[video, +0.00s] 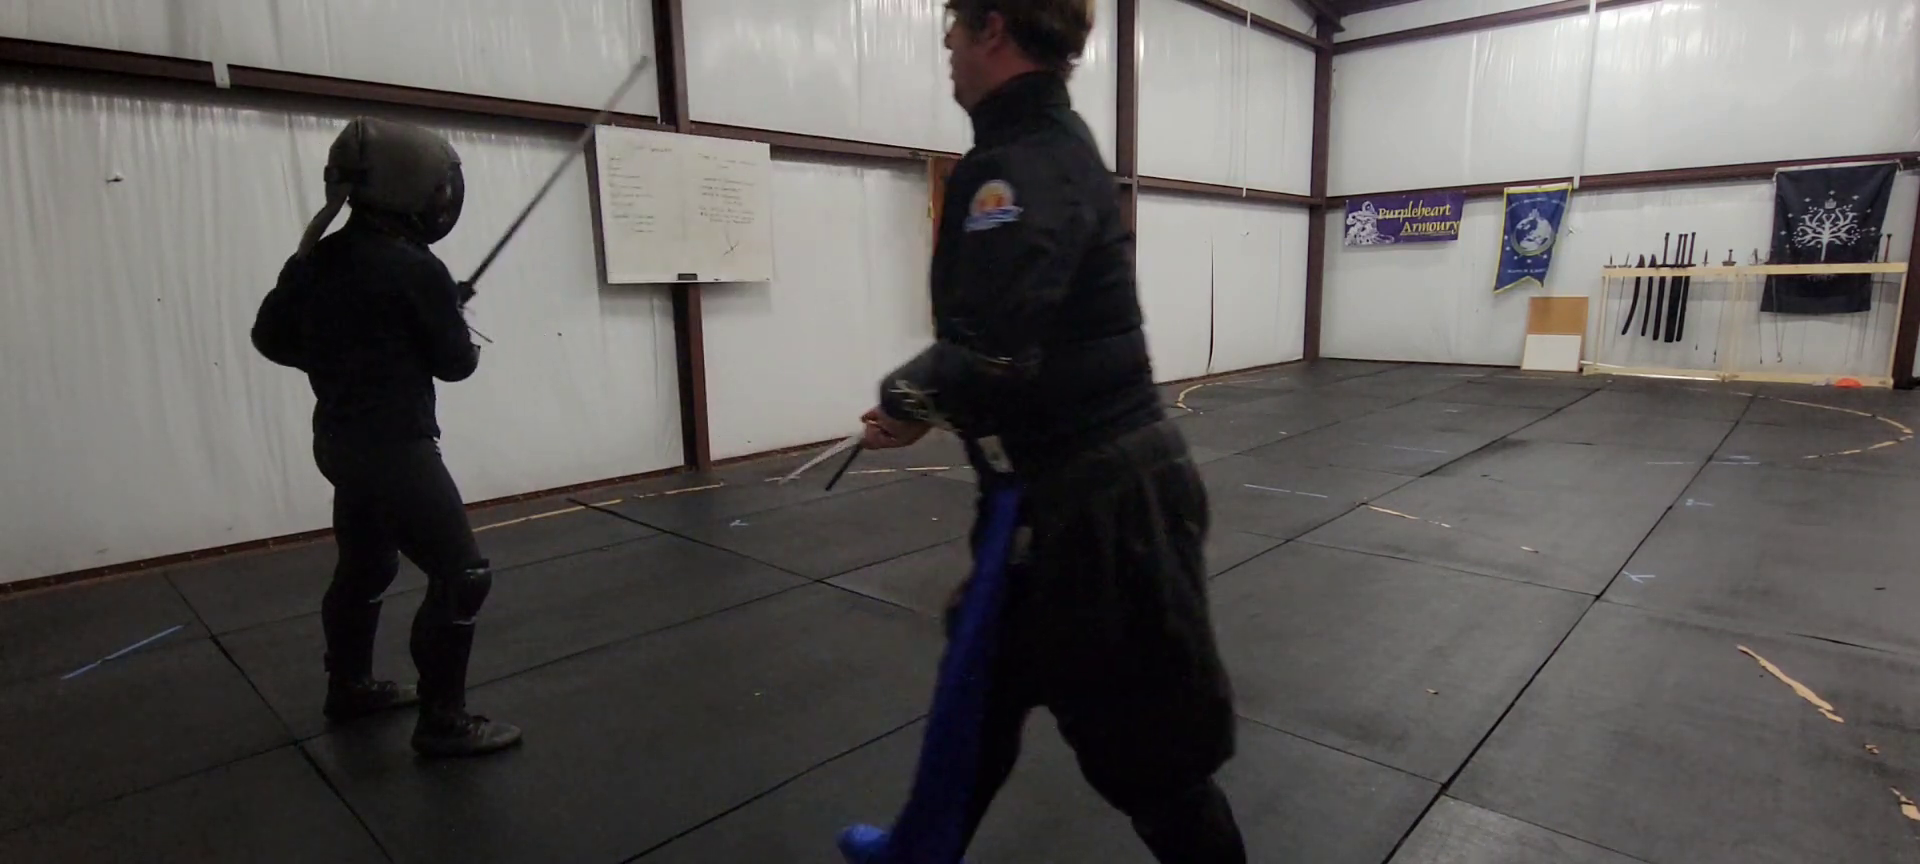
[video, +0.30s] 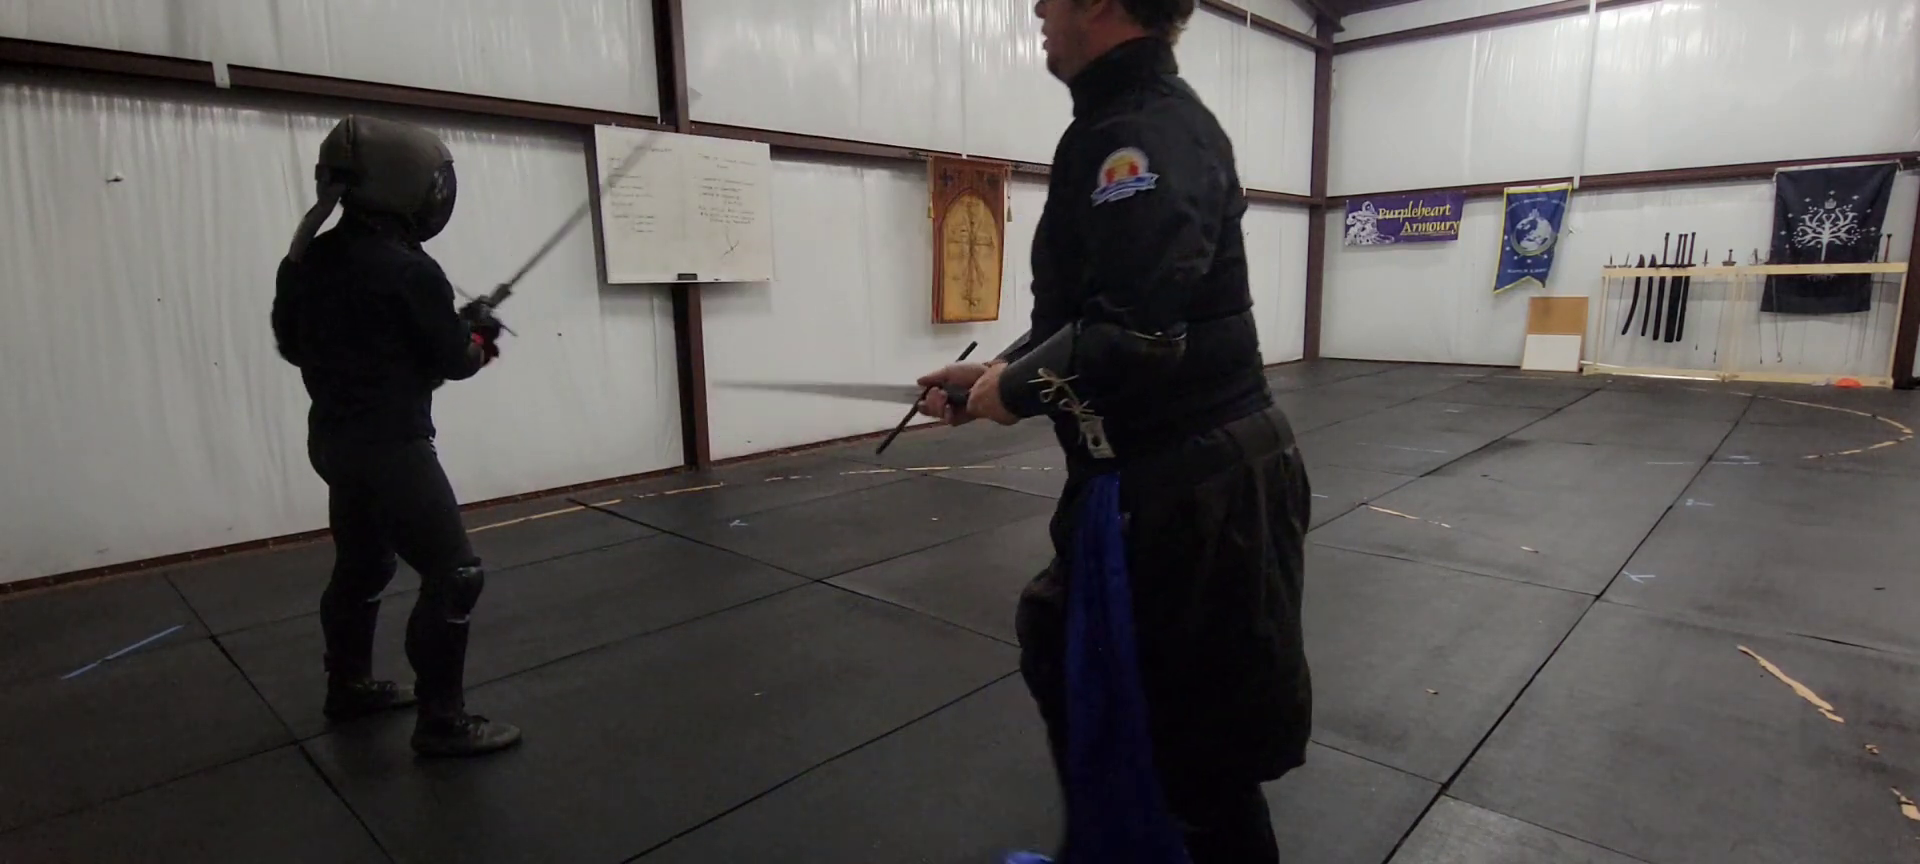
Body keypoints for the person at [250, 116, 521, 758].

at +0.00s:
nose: (449, 201)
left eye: (449, 188)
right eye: (444, 189)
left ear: (361, 189)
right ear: (424, 196)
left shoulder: (317, 261)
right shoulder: (416, 268)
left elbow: (269, 335)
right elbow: (455, 361)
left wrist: (339, 353)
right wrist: (449, 306)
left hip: (341, 446)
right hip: (402, 451)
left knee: (364, 565)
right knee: (461, 576)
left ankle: (350, 689)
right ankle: (444, 720)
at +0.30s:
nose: (444, 196)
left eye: (442, 183)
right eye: (437, 184)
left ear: (357, 186)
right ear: (416, 193)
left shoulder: (312, 259)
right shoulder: (411, 271)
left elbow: (292, 343)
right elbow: (446, 360)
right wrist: (477, 338)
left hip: (335, 444)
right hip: (396, 448)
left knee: (361, 565)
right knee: (453, 575)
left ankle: (347, 688)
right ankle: (443, 721)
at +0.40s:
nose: (432, 193)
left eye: (430, 180)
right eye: (425, 181)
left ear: (342, 186)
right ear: (402, 190)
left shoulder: (303, 266)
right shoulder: (399, 270)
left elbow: (338, 354)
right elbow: (456, 349)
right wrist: (506, 340)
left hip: (333, 447)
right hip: (392, 450)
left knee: (357, 568)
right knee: (451, 575)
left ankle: (348, 687)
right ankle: (442, 719)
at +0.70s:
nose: (425, 198)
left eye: (424, 185)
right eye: (417, 184)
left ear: (350, 185)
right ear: (391, 190)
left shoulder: (357, 258)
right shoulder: (357, 266)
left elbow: (403, 353)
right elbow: (401, 358)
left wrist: (486, 354)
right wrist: (503, 347)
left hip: (370, 448)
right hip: (375, 452)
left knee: (369, 572)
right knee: (440, 577)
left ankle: (350, 689)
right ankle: (441, 722)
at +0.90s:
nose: (436, 202)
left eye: (441, 188)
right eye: (422, 187)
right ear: (377, 186)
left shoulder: (426, 263)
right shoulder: (329, 259)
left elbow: (478, 338)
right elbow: (328, 363)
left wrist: (465, 355)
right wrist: (409, 355)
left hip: (419, 445)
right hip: (369, 448)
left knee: (373, 573)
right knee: (443, 574)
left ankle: (349, 686)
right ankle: (454, 716)